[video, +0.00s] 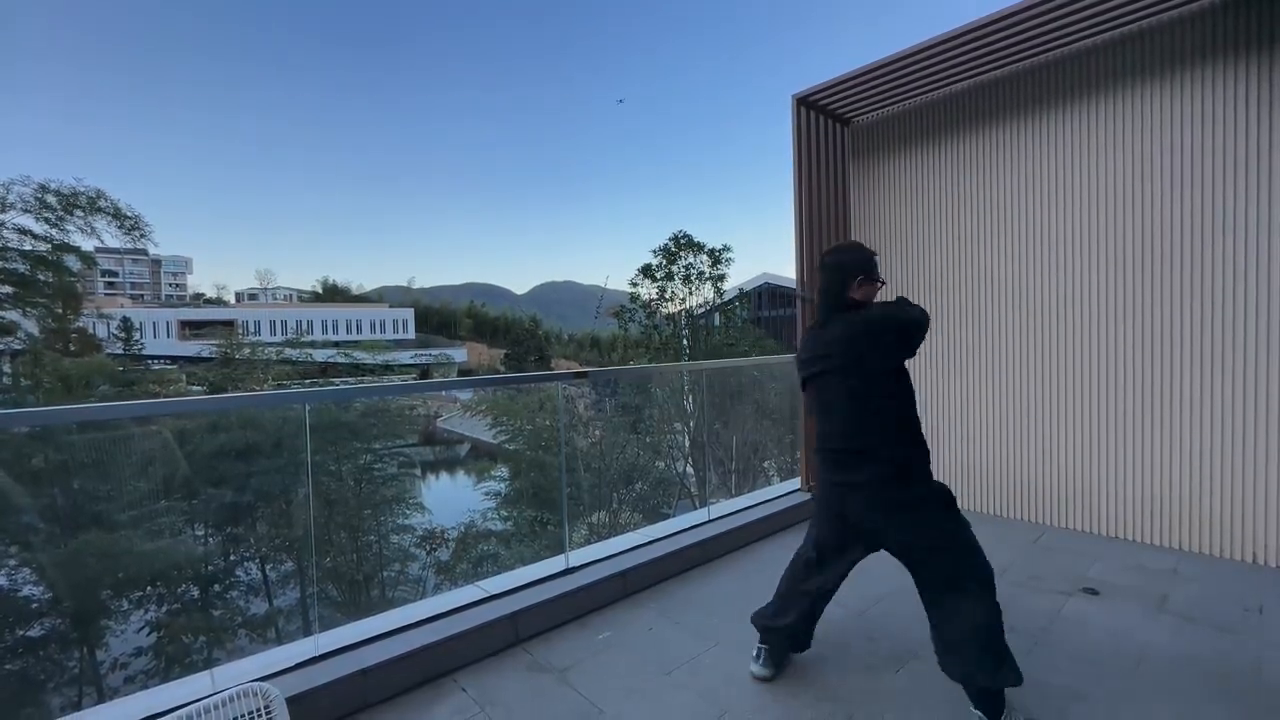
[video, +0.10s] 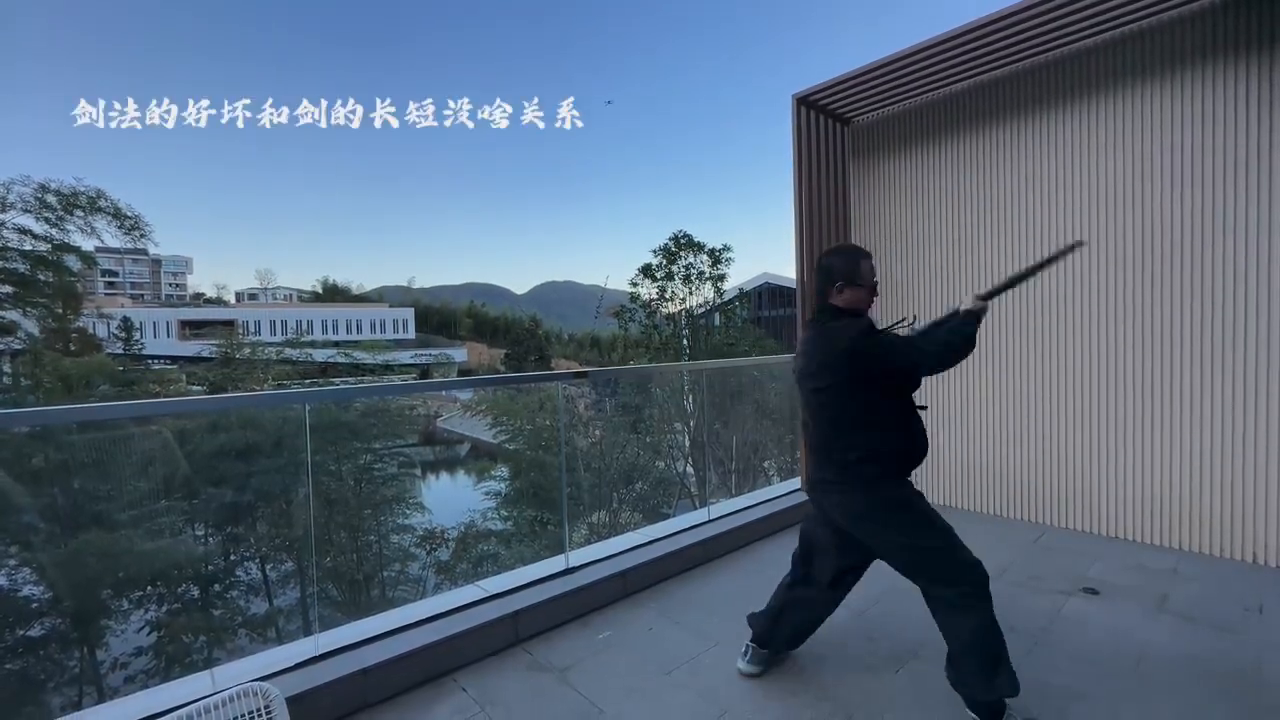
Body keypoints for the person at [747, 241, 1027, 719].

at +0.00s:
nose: (876, 289)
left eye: (874, 280)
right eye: (867, 281)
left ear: (828, 289)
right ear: (847, 288)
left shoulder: (811, 344)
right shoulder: (876, 327)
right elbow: (915, 319)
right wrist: (886, 302)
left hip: (839, 495)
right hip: (903, 491)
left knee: (813, 565)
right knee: (963, 579)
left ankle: (771, 644)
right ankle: (986, 693)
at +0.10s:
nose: (875, 293)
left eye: (874, 284)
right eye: (869, 285)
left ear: (834, 293)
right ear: (840, 291)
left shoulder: (817, 340)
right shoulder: (857, 340)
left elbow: (896, 354)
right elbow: (921, 356)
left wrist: (953, 323)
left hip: (834, 492)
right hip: (878, 494)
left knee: (816, 574)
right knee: (961, 580)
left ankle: (761, 646)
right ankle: (988, 701)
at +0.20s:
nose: (884, 304)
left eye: (883, 295)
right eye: (876, 296)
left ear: (847, 300)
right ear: (844, 300)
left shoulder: (858, 342)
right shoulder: (829, 357)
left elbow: (903, 373)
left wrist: (945, 358)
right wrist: (945, 383)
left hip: (849, 497)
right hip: (855, 504)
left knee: (826, 584)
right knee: (944, 587)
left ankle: (765, 646)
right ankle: (991, 704)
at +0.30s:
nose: (908, 307)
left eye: (908, 299)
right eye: (902, 299)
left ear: (877, 303)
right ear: (875, 301)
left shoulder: (897, 354)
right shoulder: (823, 364)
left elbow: (949, 412)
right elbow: (823, 437)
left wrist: (938, 429)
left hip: (871, 496)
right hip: (849, 501)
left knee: (829, 584)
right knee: (946, 586)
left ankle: (768, 643)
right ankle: (991, 704)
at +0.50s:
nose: (910, 325)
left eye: (908, 317)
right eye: (909, 317)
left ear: (863, 315)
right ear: (903, 319)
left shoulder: (847, 357)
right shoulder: (881, 357)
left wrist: (911, 440)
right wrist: (904, 439)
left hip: (811, 498)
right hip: (867, 504)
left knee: (812, 560)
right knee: (956, 582)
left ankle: (773, 643)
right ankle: (991, 702)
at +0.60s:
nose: (795, 346)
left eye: (795, 339)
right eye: (795, 339)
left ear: (803, 339)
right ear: (840, 332)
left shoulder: (795, 383)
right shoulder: (886, 356)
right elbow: (956, 375)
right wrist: (912, 411)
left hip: (819, 515)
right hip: (895, 511)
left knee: (786, 559)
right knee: (953, 589)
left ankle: (768, 644)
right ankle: (990, 705)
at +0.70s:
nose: (762, 372)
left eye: (761, 363)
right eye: (759, 364)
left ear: (772, 360)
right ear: (802, 349)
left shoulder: (784, 400)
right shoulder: (844, 368)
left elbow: (772, 452)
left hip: (846, 526)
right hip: (908, 517)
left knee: (778, 547)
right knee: (953, 608)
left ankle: (763, 643)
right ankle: (1015, 702)